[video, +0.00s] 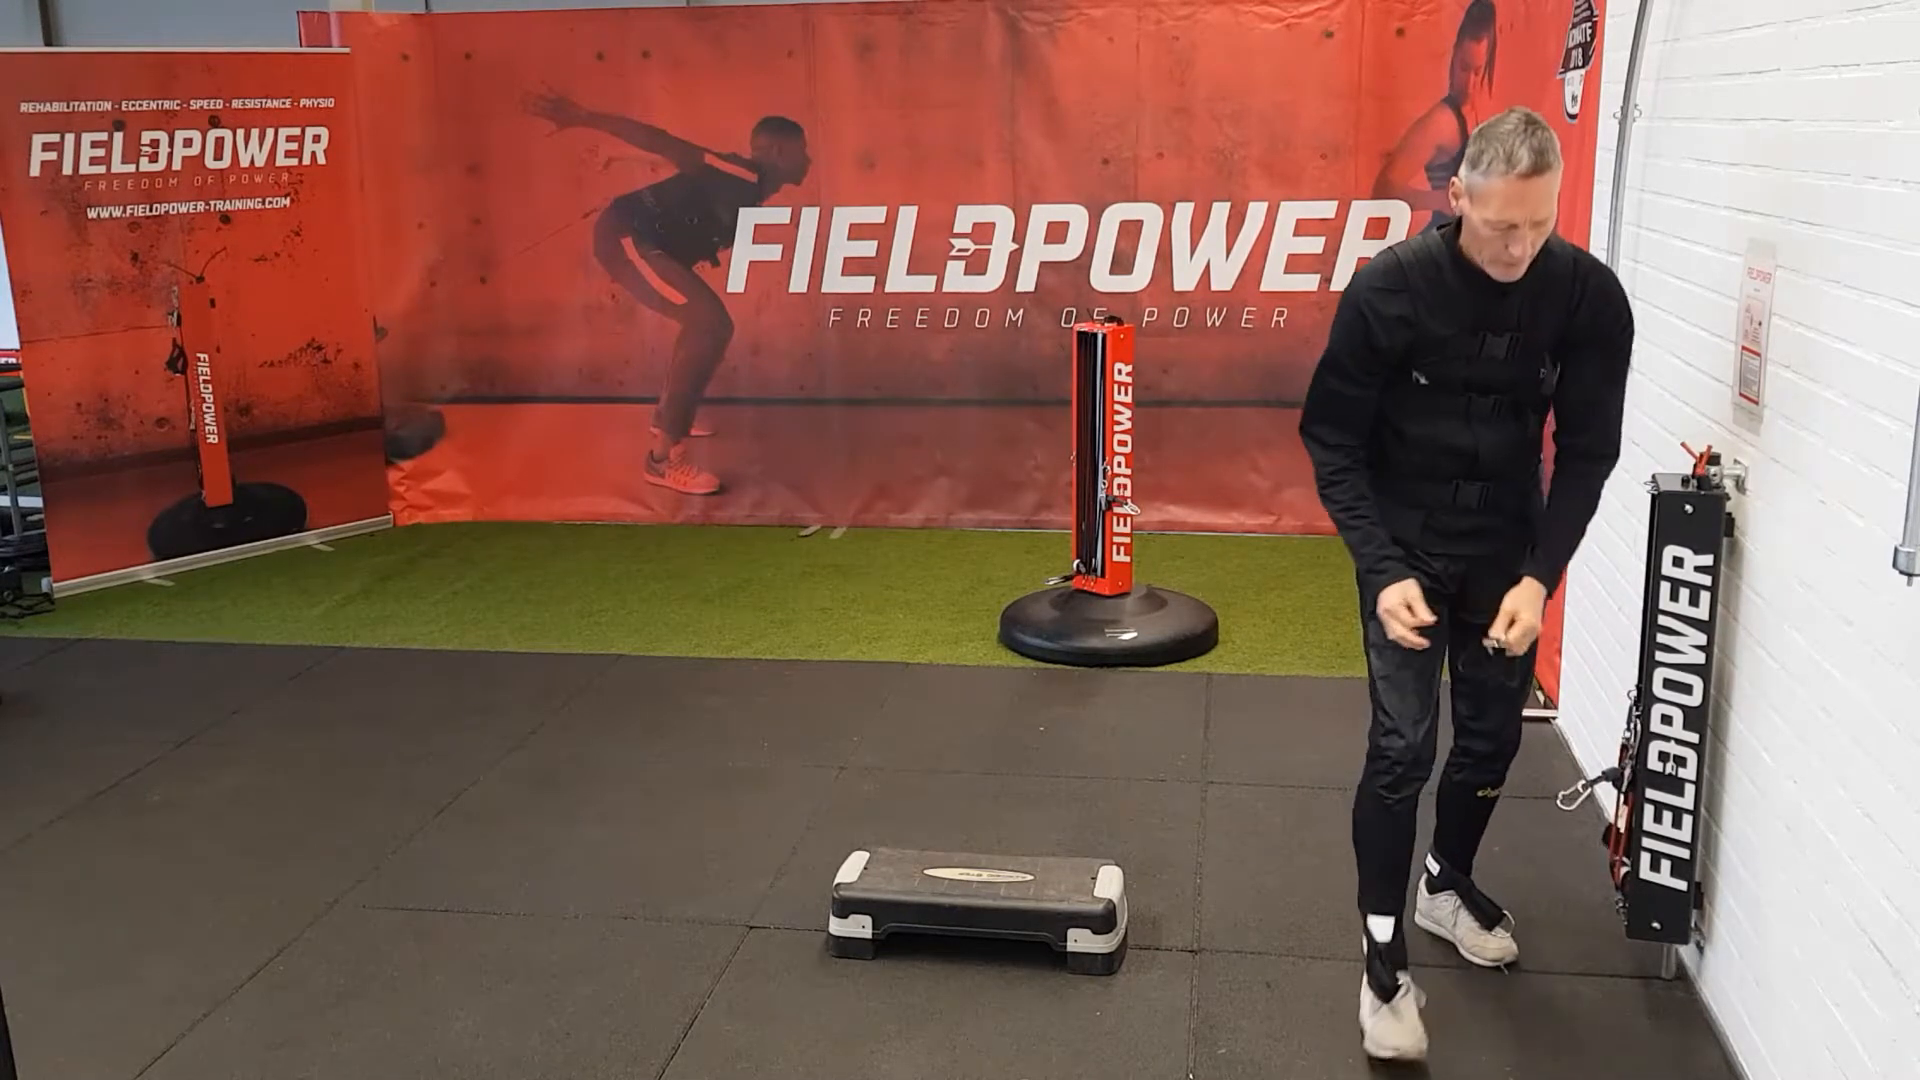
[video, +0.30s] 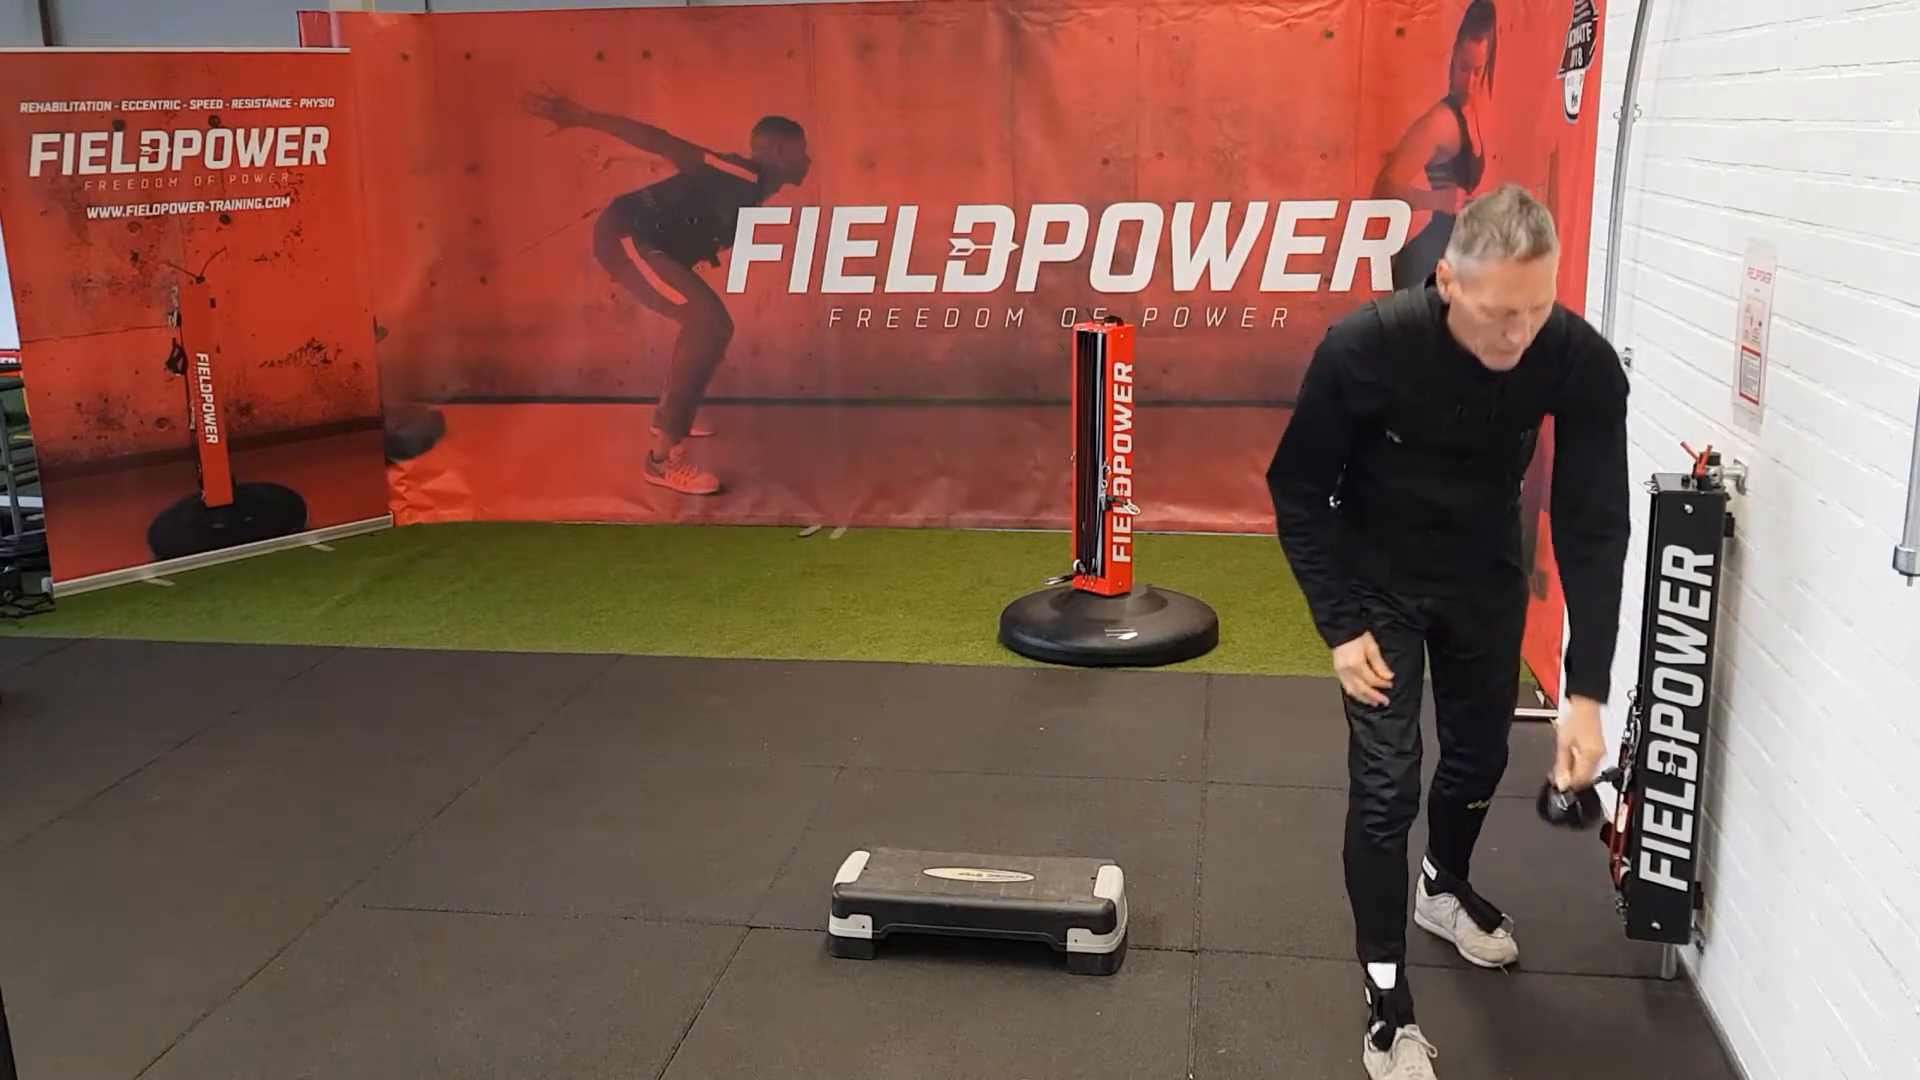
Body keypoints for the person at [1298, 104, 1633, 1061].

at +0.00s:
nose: (1518, 248)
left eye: (1536, 226)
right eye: (1498, 226)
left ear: (1559, 204)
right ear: (1457, 198)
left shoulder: (1590, 299)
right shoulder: (1388, 293)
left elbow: (1589, 451)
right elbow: (1332, 437)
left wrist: (1541, 575)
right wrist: (1382, 570)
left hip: (1509, 558)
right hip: (1401, 553)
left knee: (1488, 741)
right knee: (1403, 750)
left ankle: (1446, 882)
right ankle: (1383, 969)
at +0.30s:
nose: (1521, 334)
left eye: (1537, 311)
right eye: (1502, 314)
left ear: (1555, 283)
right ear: (1449, 282)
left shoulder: (1577, 361)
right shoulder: (1364, 350)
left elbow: (1593, 531)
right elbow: (1296, 490)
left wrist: (1586, 692)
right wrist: (1341, 626)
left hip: (1486, 585)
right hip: (1375, 583)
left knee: (1474, 762)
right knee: (1387, 793)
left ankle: (1444, 887)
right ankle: (1388, 1007)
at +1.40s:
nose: (1621, 401)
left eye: (1630, 390)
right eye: (1621, 387)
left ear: (1581, 346)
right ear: (1572, 352)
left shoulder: (1569, 382)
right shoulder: (1428, 391)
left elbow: (1533, 496)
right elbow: (1393, 557)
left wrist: (1526, 624)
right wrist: (1453, 682)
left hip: (1436, 538)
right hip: (1349, 545)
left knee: (1465, 723)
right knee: (1376, 768)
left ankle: (1398, 866)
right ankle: (1384, 1002)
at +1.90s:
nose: (1615, 529)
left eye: (1626, 520)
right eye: (1616, 516)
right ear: (1580, 482)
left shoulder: (1564, 451)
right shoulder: (1450, 486)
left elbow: (1557, 588)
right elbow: (1469, 635)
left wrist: (1574, 710)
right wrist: (1544, 741)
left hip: (1392, 545)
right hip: (1310, 539)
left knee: (1460, 695)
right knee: (1349, 743)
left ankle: (1396, 866)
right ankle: (1365, 970)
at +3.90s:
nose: (1584, 440)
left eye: (1599, 424)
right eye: (1570, 421)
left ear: (1613, 393)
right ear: (1523, 377)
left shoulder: (1573, 408)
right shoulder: (1428, 423)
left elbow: (1565, 520)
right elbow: (1413, 580)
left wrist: (1556, 649)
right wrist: (1484, 679)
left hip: (1420, 532)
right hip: (1334, 529)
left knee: (1456, 703)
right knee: (1359, 745)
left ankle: (1394, 865)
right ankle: (1366, 973)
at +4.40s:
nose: (1527, 323)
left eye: (1544, 300)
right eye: (1506, 303)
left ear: (1565, 271)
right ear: (1458, 269)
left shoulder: (1587, 344)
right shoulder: (1377, 346)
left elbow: (1593, 505)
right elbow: (1343, 524)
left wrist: (1562, 660)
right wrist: (1422, 660)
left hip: (1489, 562)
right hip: (1378, 567)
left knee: (1515, 761)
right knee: (1383, 779)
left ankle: (1487, 968)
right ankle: (1372, 977)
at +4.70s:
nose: (1536, 306)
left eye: (1556, 282)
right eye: (1515, 284)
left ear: (1583, 251)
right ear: (1473, 248)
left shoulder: (1620, 355)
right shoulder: (1405, 311)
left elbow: (1652, 552)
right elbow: (1322, 453)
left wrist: (1659, 736)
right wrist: (1299, 612)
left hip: (1530, 583)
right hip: (1408, 569)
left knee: (1532, 812)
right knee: (1397, 777)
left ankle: (1515, 1040)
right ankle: (1374, 981)